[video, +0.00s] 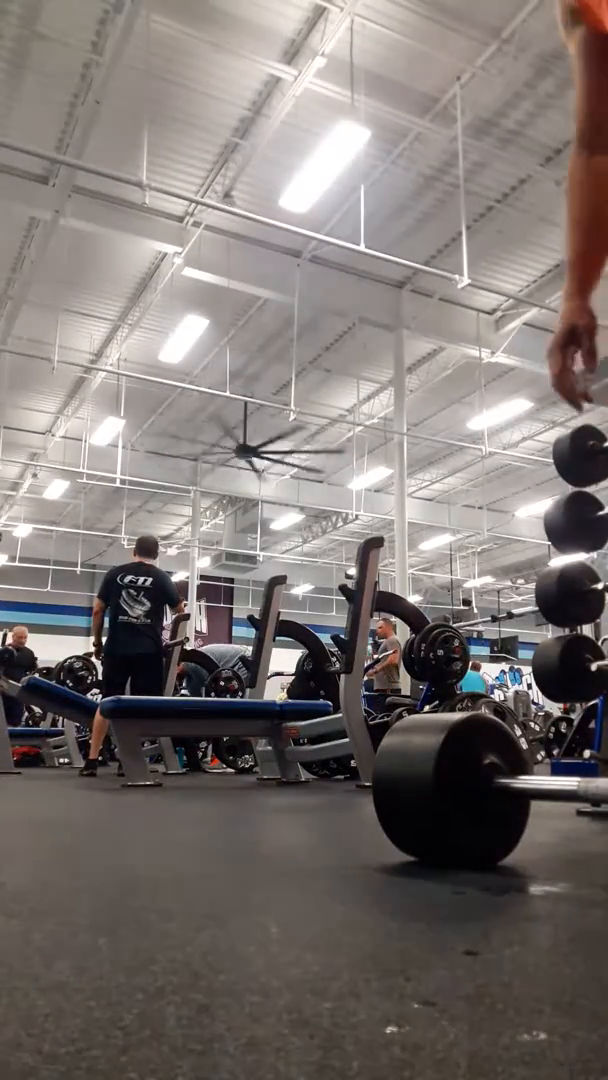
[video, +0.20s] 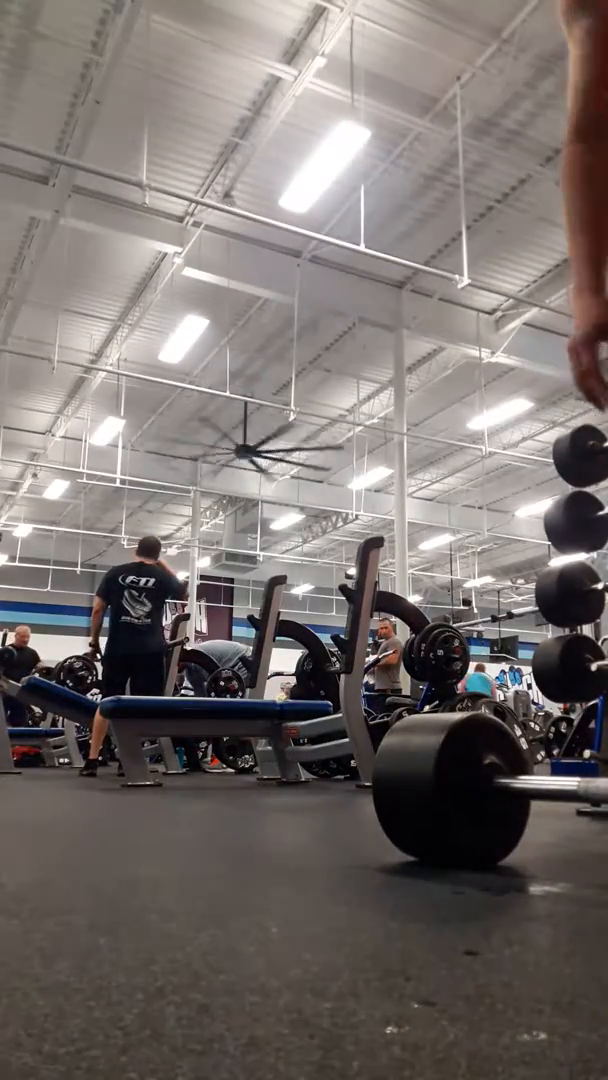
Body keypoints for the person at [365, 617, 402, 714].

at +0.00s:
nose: (377, 631)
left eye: (380, 628)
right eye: (377, 628)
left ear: (387, 627)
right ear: (386, 628)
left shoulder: (392, 641)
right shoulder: (386, 642)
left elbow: (393, 659)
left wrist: (376, 669)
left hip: (388, 688)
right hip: (382, 687)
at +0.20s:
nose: (381, 631)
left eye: (384, 628)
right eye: (380, 628)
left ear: (391, 628)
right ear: (379, 630)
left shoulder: (394, 642)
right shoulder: (385, 643)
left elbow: (393, 659)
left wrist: (375, 663)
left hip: (389, 689)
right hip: (382, 689)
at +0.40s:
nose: (385, 631)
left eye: (387, 628)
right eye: (382, 629)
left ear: (392, 629)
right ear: (379, 631)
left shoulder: (395, 642)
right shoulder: (384, 644)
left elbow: (395, 660)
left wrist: (377, 666)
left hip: (390, 689)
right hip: (382, 689)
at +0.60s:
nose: (385, 631)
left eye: (388, 628)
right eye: (383, 629)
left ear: (392, 629)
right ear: (379, 631)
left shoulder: (395, 642)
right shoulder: (382, 644)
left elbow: (397, 660)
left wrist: (379, 665)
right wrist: (373, 664)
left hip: (392, 688)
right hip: (383, 688)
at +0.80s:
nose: (386, 632)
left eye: (388, 629)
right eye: (383, 629)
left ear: (392, 629)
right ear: (379, 631)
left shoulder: (395, 642)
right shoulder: (382, 644)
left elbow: (397, 660)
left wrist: (380, 665)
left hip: (392, 688)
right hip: (382, 688)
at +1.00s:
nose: (384, 632)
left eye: (386, 629)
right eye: (382, 629)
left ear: (392, 629)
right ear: (379, 631)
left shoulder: (396, 642)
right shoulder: (383, 644)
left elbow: (397, 660)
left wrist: (379, 665)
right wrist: (375, 664)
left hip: (393, 687)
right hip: (384, 687)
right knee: (384, 717)